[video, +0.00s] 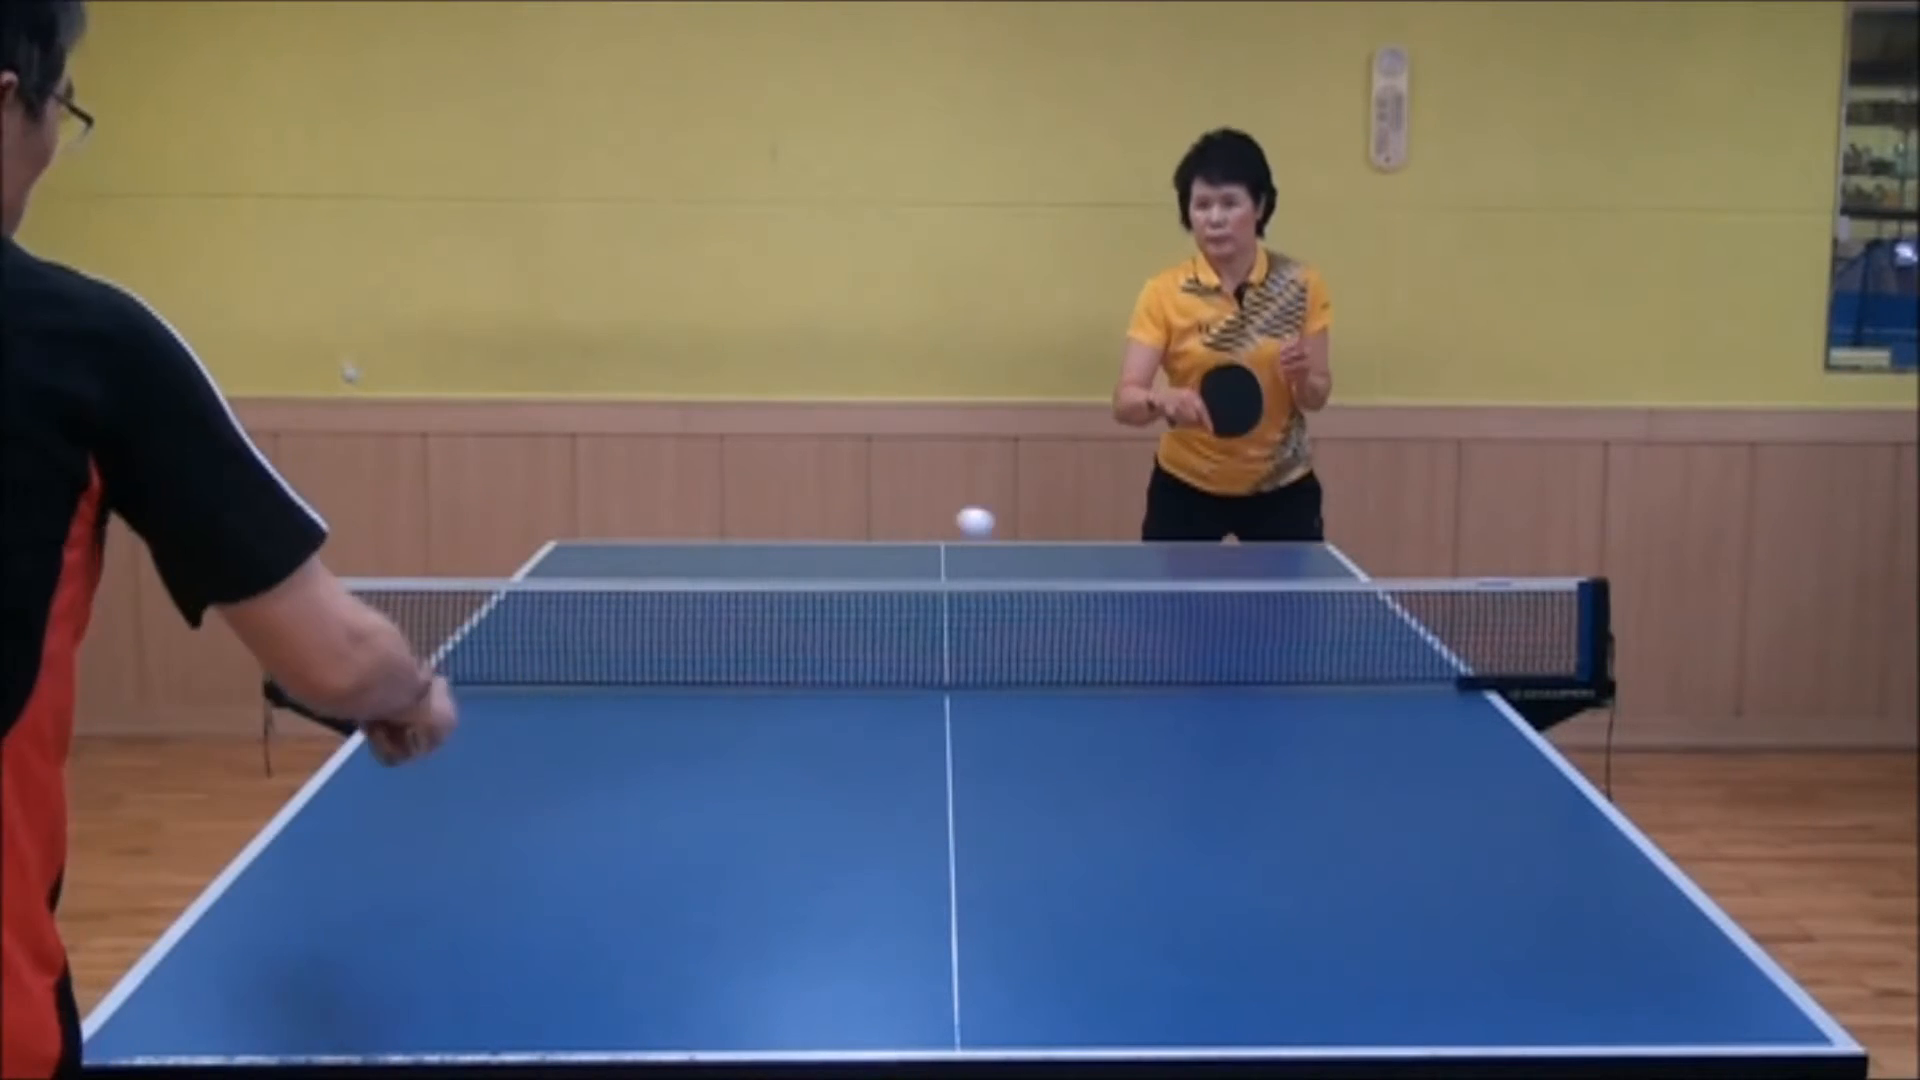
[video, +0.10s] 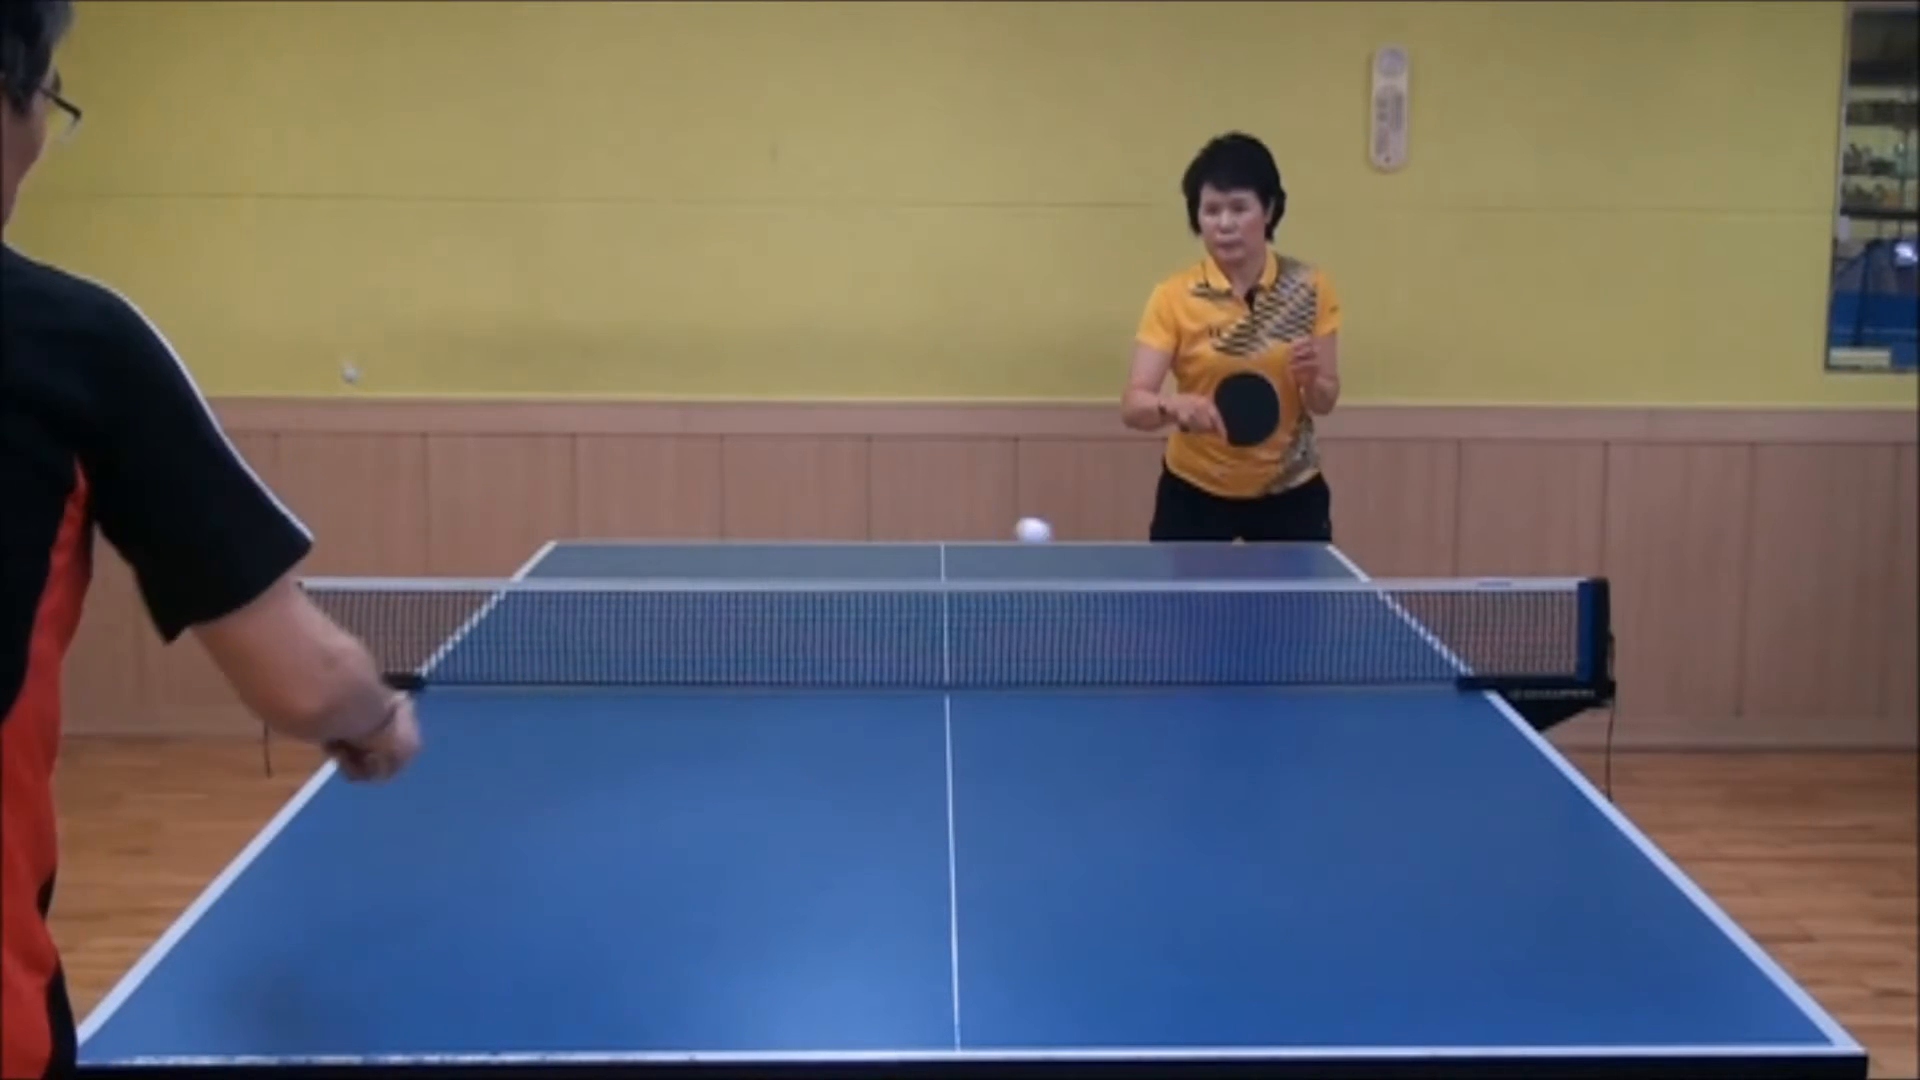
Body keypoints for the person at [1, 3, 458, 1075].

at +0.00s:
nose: (50, 155)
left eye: (59, 117)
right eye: (54, 114)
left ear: (12, 101)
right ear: (8, 102)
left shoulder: (74, 335)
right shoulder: (69, 335)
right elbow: (328, 655)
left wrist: (391, 692)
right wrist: (407, 701)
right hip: (10, 1004)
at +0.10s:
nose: (40, 132)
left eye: (42, 96)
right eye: (40, 96)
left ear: (26, 104)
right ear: (14, 106)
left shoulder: (68, 338)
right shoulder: (62, 337)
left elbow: (295, 679)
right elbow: (301, 678)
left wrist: (359, 716)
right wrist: (370, 721)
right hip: (7, 1003)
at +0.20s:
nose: (41, 131)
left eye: (42, 95)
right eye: (40, 95)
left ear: (27, 104)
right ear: (15, 106)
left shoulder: (69, 338)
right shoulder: (63, 337)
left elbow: (294, 678)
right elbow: (300, 678)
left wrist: (359, 716)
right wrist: (371, 721)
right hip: (7, 1000)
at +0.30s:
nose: (30, 126)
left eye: (32, 87)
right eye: (32, 86)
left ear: (21, 101)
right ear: (12, 103)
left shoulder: (60, 338)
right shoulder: (52, 337)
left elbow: (257, 698)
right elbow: (259, 699)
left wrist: (318, 741)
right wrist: (334, 750)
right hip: (3, 1000)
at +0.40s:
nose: (21, 115)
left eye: (20, 79)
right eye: (20, 77)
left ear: (13, 99)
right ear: (5, 97)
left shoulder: (51, 342)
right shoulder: (41, 341)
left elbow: (218, 722)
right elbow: (223, 722)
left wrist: (288, 766)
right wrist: (296, 775)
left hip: (9, 987)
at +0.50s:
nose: (15, 103)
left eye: (11, 83)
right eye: (10, 82)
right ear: (4, 86)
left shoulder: (38, 341)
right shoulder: (29, 341)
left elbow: (179, 737)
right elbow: (180, 736)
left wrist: (246, 797)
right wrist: (253, 805)